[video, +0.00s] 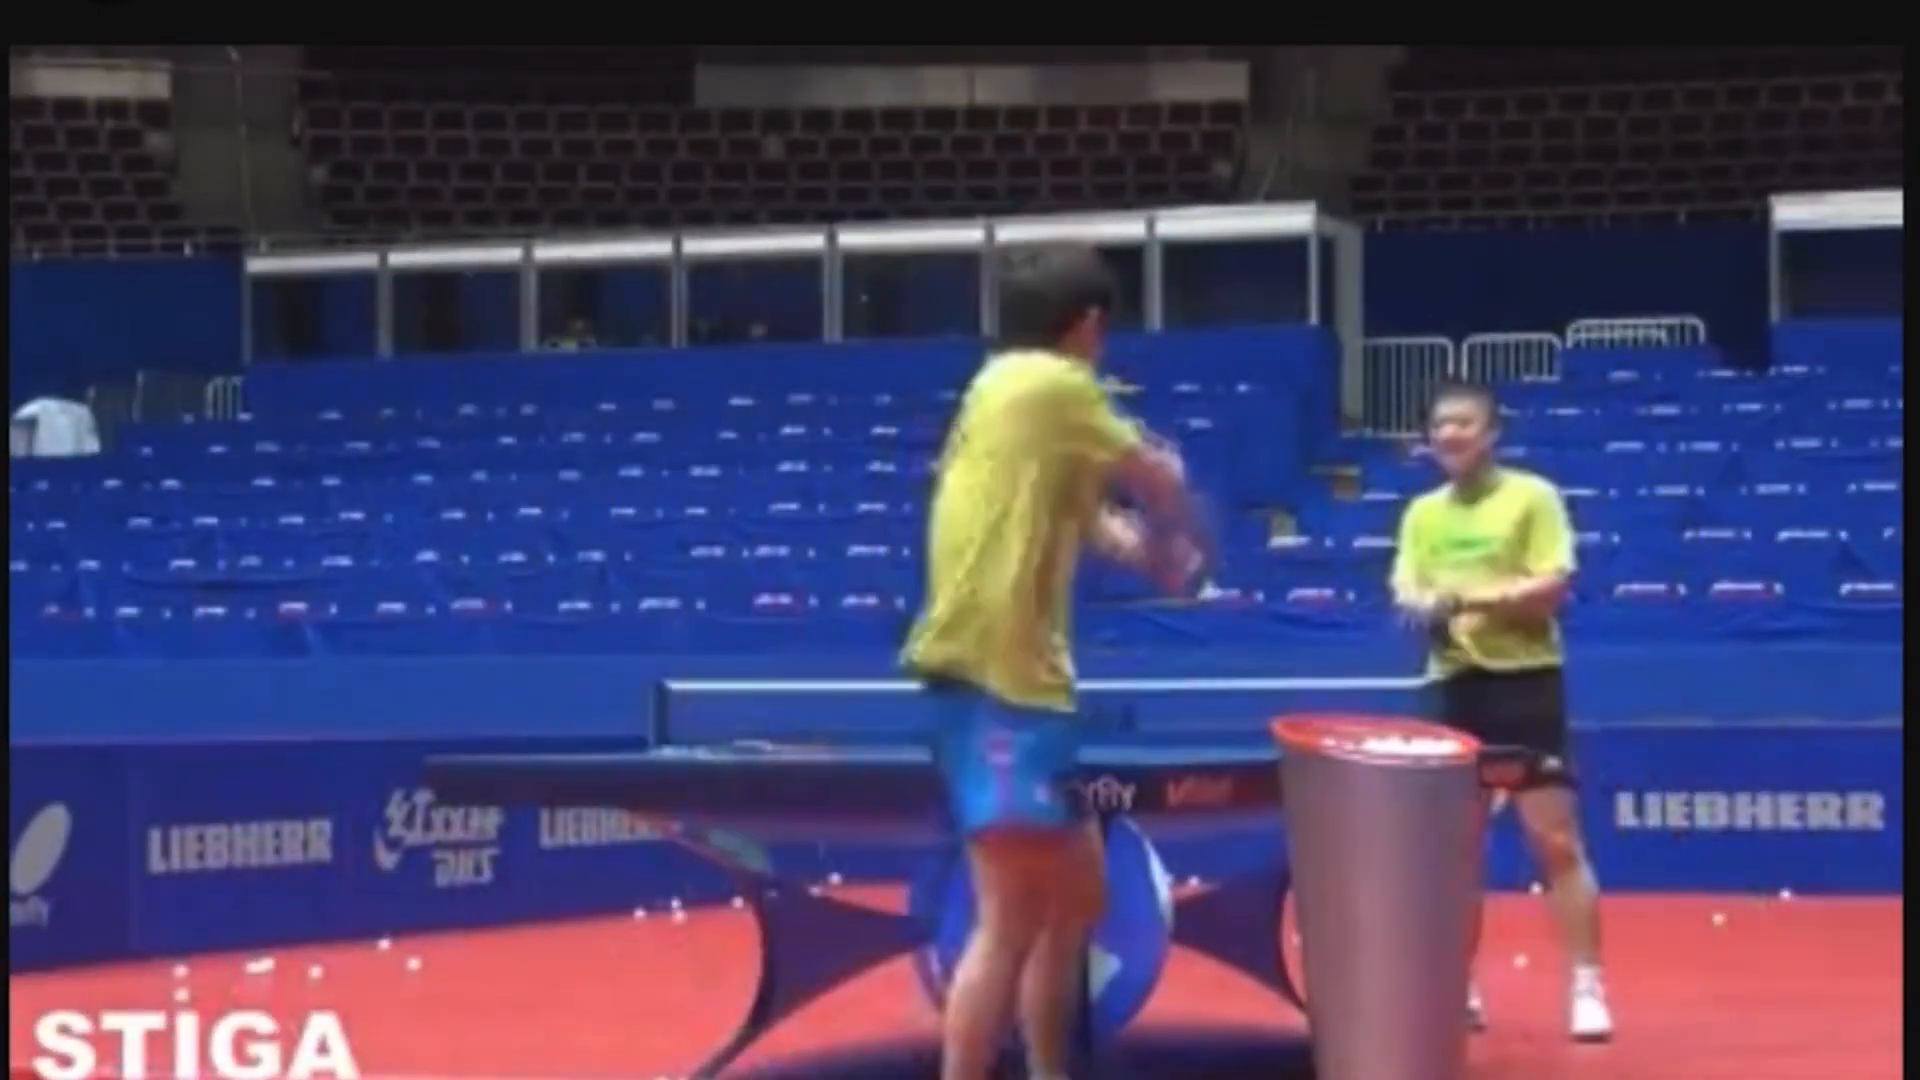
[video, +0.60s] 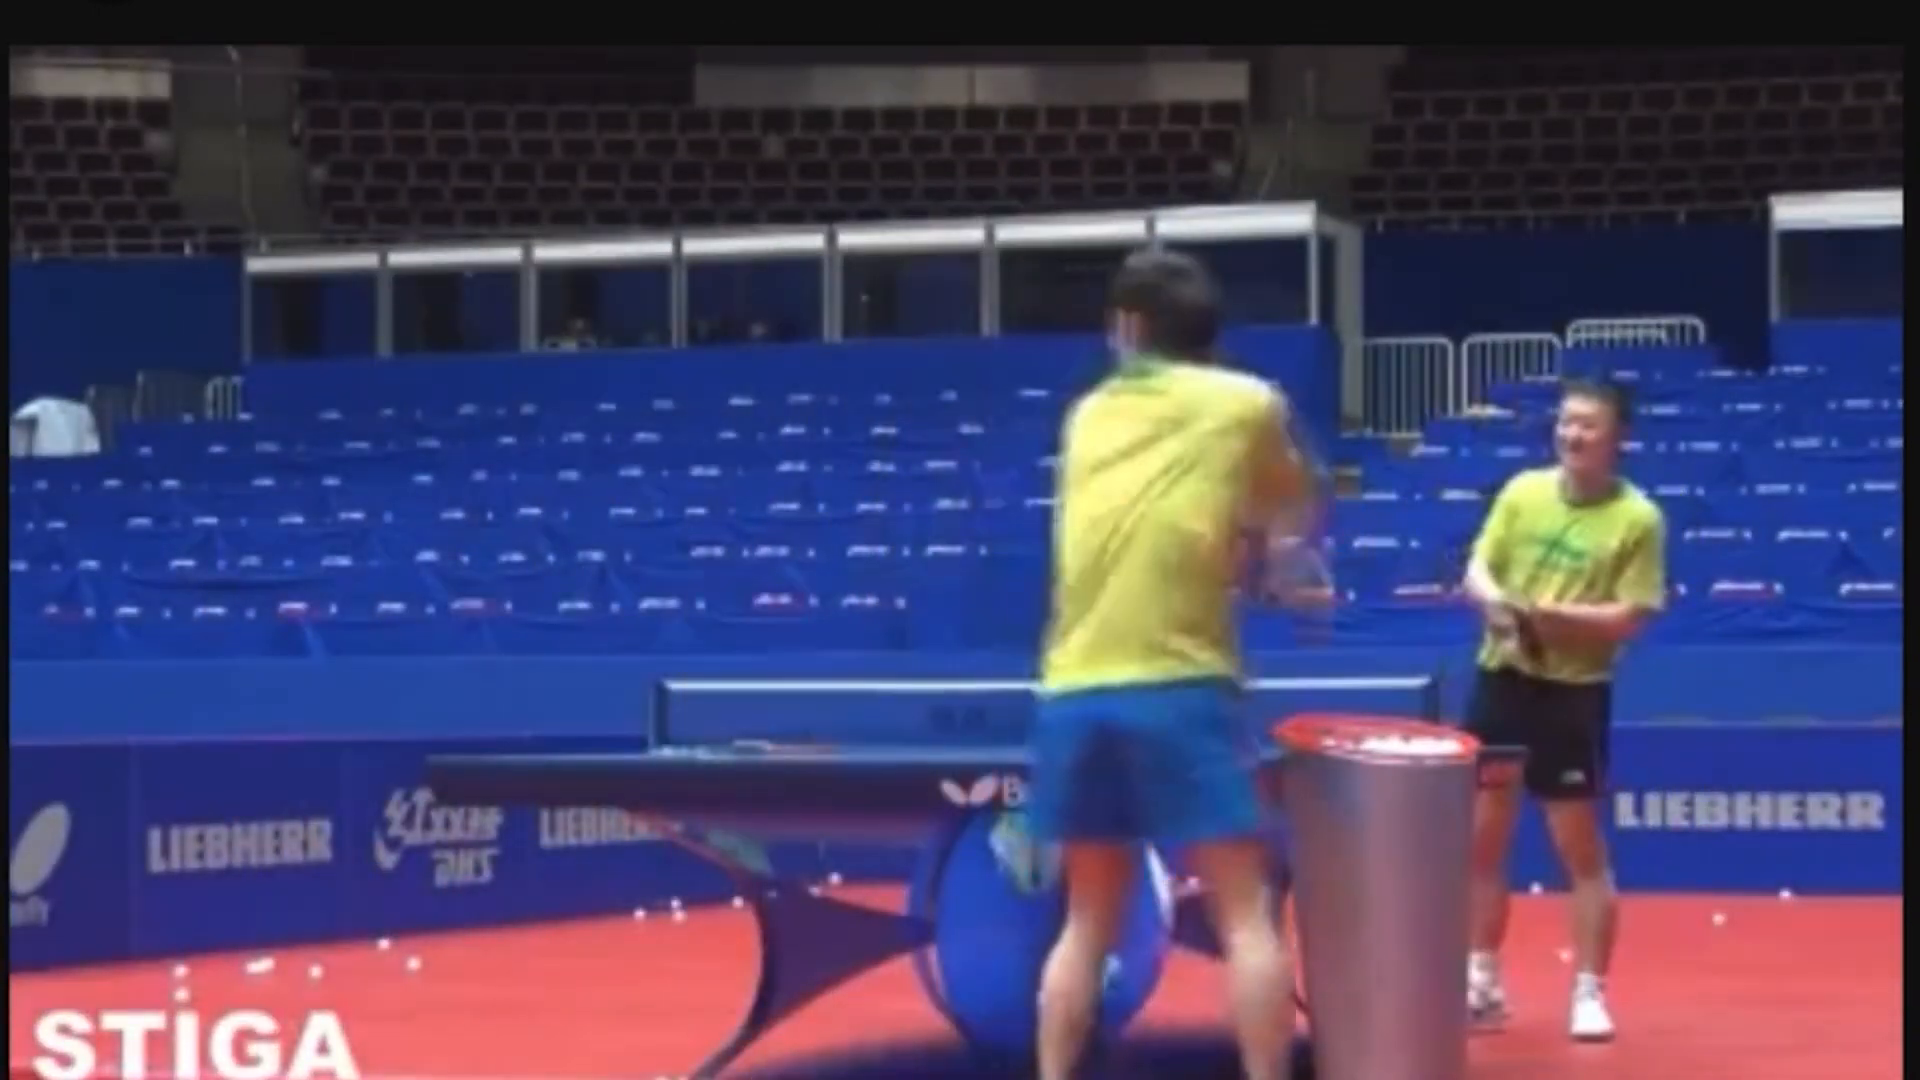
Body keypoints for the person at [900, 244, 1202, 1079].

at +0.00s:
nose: (1103, 343)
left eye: (1104, 329)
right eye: (1104, 328)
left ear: (1020, 319)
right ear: (1086, 324)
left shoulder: (1010, 389)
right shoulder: (1052, 386)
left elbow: (1083, 510)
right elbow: (1161, 478)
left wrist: (1157, 557)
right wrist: (1181, 540)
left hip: (1019, 687)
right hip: (991, 687)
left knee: (1074, 897)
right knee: (1010, 913)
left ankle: (1048, 1069)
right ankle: (962, 1070)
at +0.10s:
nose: (1119, 336)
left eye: (1115, 324)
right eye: (1118, 324)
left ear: (1031, 328)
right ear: (1101, 325)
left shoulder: (1013, 406)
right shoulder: (1078, 378)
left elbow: (1138, 521)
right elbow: (1168, 448)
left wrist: (1192, 467)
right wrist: (1198, 443)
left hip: (994, 689)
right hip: (1032, 691)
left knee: (1059, 919)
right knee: (1057, 917)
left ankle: (1053, 1070)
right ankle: (976, 1070)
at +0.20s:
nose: (1132, 331)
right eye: (1131, 320)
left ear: (1043, 324)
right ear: (1123, 323)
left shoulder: (1015, 405)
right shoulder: (1107, 378)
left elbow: (1149, 516)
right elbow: (1165, 445)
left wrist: (1183, 420)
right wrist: (1186, 400)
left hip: (995, 686)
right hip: (1056, 684)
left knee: (1064, 913)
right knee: (1122, 909)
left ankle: (1046, 1067)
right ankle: (1009, 1066)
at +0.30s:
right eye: (1138, 311)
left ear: (1054, 323)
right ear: (1139, 317)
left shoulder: (1028, 409)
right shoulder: (1139, 379)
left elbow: (1149, 518)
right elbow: (1163, 512)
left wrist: (1183, 423)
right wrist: (1194, 409)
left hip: (1010, 689)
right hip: (1092, 686)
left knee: (1072, 915)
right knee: (1200, 891)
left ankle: (1050, 1074)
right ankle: (1076, 1060)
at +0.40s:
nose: (1068, 324)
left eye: (1072, 314)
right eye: (1155, 317)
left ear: (1074, 326)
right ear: (1159, 321)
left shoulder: (1047, 409)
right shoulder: (1180, 380)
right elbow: (1182, 500)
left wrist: (1200, 402)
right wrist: (1218, 394)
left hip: (1021, 694)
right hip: (1117, 688)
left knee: (1072, 909)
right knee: (1215, 888)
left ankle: (1048, 1070)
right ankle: (1165, 1062)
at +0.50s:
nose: (1090, 324)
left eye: (1091, 314)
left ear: (1100, 324)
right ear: (1184, 326)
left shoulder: (1065, 411)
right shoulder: (1209, 392)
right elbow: (1239, 483)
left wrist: (1256, 478)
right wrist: (1275, 474)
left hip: (1047, 698)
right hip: (1150, 695)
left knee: (1074, 915)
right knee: (1221, 912)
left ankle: (1051, 1072)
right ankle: (1253, 1069)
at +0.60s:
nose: (1112, 333)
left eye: (1114, 323)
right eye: (1115, 324)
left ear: (1127, 326)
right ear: (1209, 328)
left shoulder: (1088, 415)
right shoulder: (1246, 403)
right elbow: (1291, 510)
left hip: (1073, 701)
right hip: (1182, 697)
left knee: (1086, 919)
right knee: (1243, 915)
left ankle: (1052, 1072)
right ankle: (1268, 1070)